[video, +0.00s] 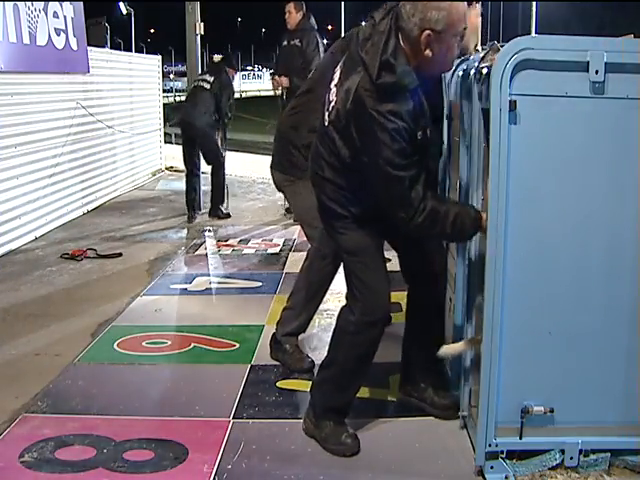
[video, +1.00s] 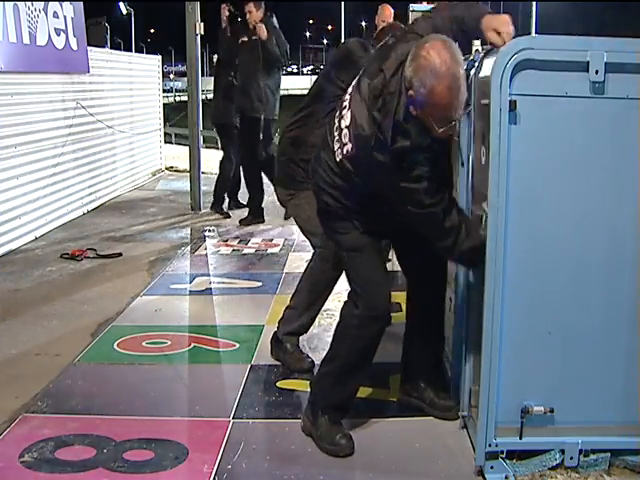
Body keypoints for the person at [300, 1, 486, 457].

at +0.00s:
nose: (461, 46)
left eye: (462, 37)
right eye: (457, 38)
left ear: (424, 36)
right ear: (426, 41)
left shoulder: (399, 29)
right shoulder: (387, 94)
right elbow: (404, 203)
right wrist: (472, 221)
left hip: (392, 179)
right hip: (346, 190)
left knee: (429, 274)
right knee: (371, 306)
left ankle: (420, 380)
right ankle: (324, 413)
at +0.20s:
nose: (461, 59)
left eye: (463, 49)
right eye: (454, 52)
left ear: (425, 45)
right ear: (422, 50)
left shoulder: (411, 30)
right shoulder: (396, 105)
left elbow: (486, 16)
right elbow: (420, 209)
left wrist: (551, 17)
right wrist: (500, 225)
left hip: (395, 190)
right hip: (349, 192)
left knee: (434, 275)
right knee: (378, 305)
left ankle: (419, 382)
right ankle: (325, 410)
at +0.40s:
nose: (460, 86)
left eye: (464, 74)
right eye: (450, 79)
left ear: (469, 47)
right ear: (420, 64)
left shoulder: (458, 34)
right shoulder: (396, 114)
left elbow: (504, 25)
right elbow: (433, 217)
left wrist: (574, 29)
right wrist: (508, 227)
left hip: (408, 186)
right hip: (356, 188)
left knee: (437, 270)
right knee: (375, 301)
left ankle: (420, 381)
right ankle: (323, 410)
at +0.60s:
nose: (464, 101)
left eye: (469, 88)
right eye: (453, 91)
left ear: (475, 55)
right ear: (425, 71)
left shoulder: (458, 34)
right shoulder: (403, 117)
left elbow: (510, 23)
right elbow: (440, 210)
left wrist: (578, 28)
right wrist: (505, 238)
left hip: (411, 187)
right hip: (359, 186)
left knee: (439, 273)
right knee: (374, 300)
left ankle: (420, 382)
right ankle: (322, 409)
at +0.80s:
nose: (457, 118)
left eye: (463, 106)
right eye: (447, 110)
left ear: (471, 66)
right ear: (422, 88)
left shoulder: (454, 41)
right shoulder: (395, 128)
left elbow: (489, 24)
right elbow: (449, 214)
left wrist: (541, 27)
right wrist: (510, 236)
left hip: (414, 190)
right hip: (356, 194)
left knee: (436, 275)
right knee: (377, 303)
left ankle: (420, 381)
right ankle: (323, 408)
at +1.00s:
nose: (446, 129)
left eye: (453, 117)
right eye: (436, 121)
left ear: (461, 82)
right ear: (412, 99)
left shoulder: (421, 41)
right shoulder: (397, 148)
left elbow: (447, 15)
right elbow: (448, 229)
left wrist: (483, 19)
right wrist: (507, 250)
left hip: (406, 193)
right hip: (348, 197)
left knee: (430, 278)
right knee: (373, 305)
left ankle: (419, 381)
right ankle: (322, 409)